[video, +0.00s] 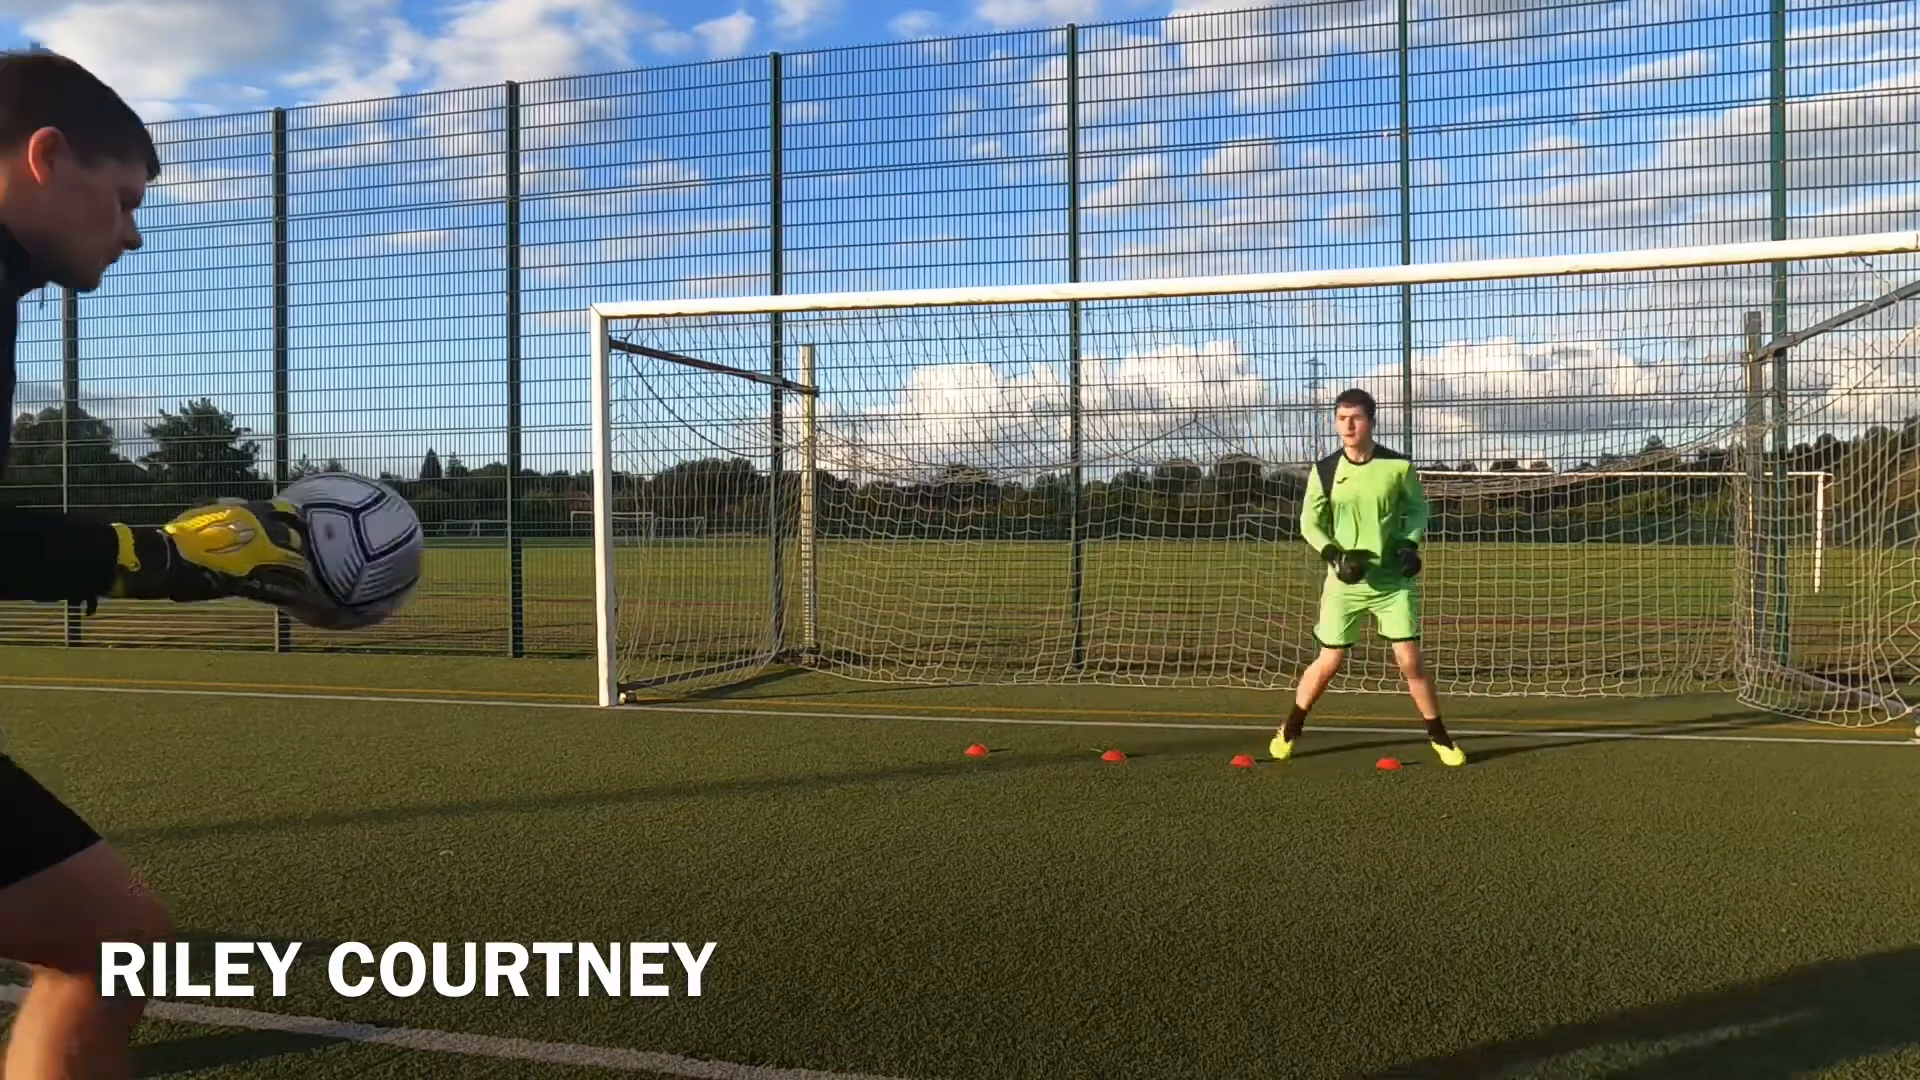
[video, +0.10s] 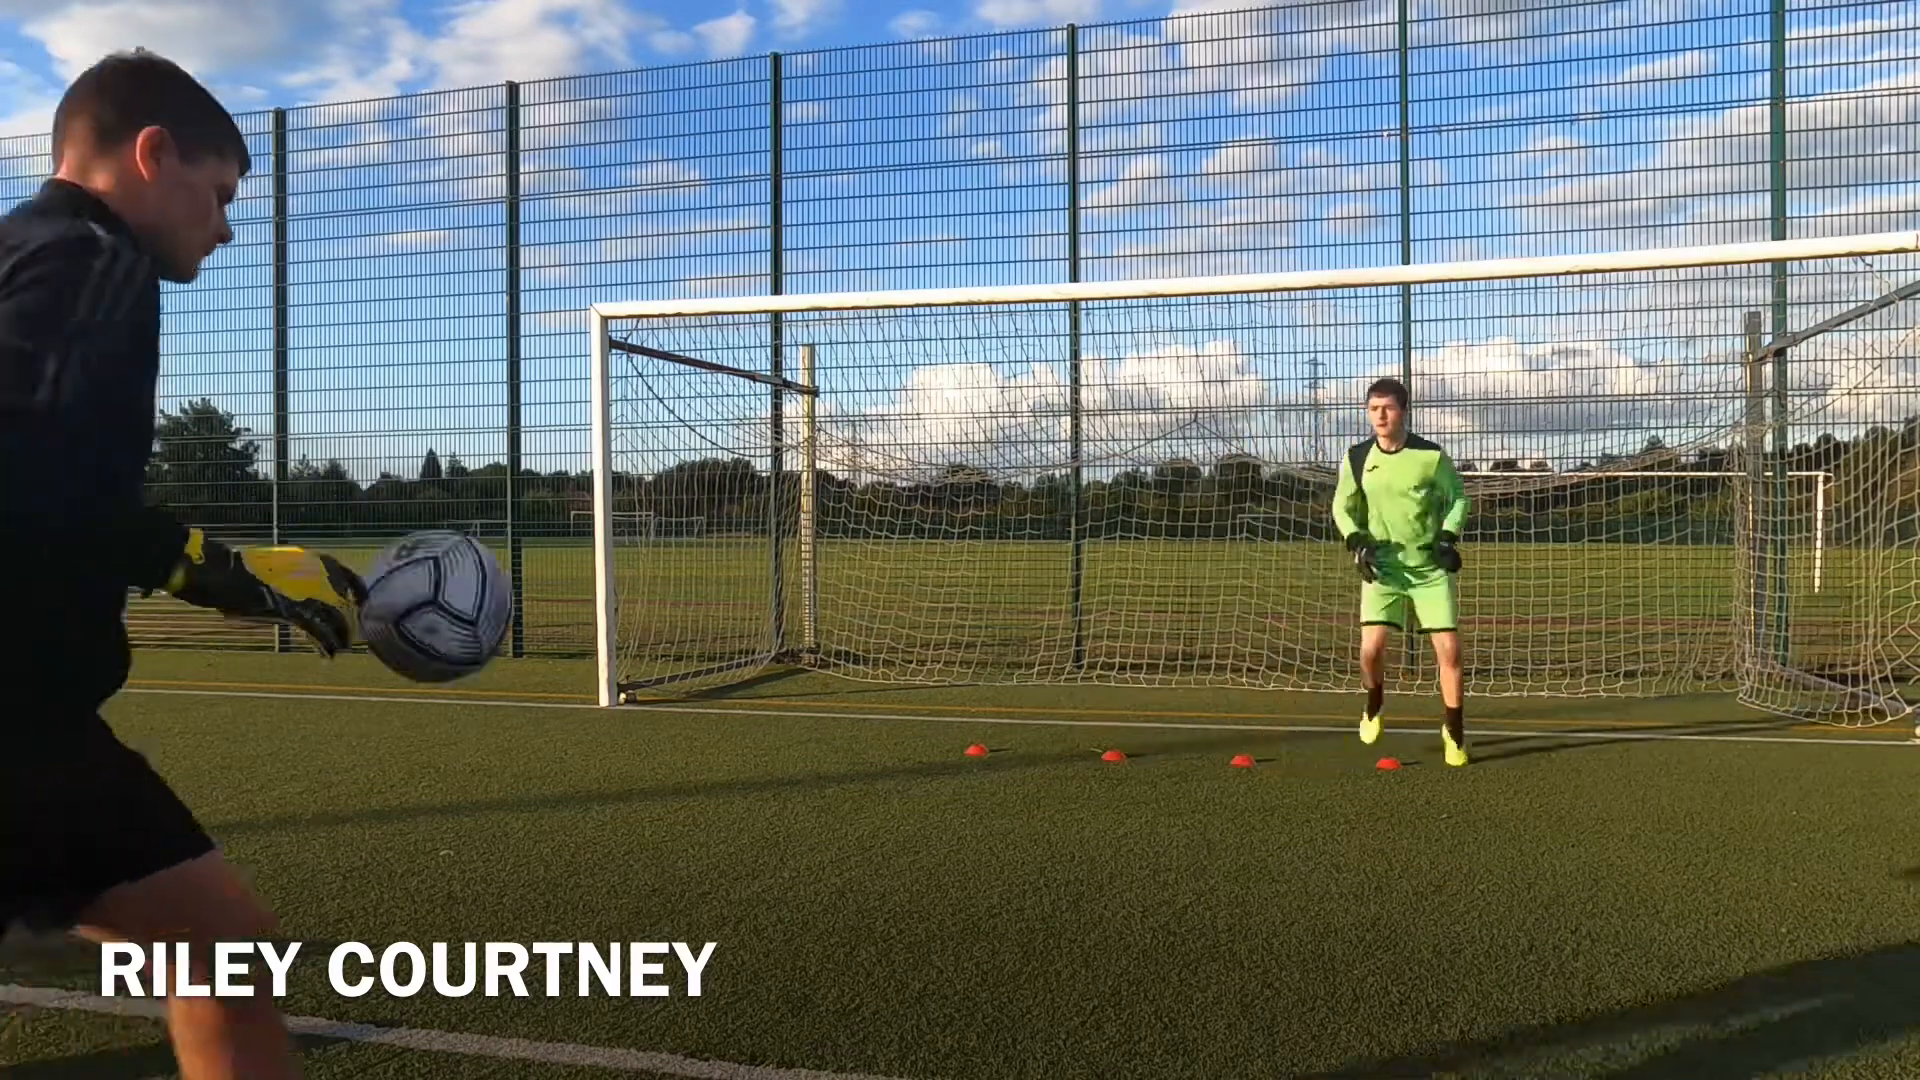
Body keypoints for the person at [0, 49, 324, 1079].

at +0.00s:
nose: (132, 237)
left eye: (137, 211)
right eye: (125, 201)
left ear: (39, 164)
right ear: (43, 159)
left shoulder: (6, 294)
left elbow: (10, 544)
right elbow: (12, 547)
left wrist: (158, 560)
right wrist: (152, 554)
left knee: (106, 938)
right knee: (110, 937)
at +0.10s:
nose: (224, 230)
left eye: (230, 207)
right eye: (220, 197)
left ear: (127, 160)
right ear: (149, 156)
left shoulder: (39, 247)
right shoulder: (96, 260)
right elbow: (64, 485)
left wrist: (229, 585)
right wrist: (212, 567)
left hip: (31, 722)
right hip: (31, 726)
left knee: (218, 963)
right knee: (223, 959)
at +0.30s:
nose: (362, 255)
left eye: (368, 231)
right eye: (361, 222)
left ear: (282, 183)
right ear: (303, 180)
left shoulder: (203, 266)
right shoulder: (221, 268)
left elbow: (55, 459)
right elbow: (81, 451)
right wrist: (122, 676)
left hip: (273, 684)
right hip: (242, 699)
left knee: (402, 926)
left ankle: (354, 1062)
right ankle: (339, 1061)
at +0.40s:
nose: (406, 245)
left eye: (413, 222)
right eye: (406, 211)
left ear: (311, 172)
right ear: (349, 171)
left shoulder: (236, 248)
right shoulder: (274, 243)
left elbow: (105, 408)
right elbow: (89, 395)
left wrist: (109, 619)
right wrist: (103, 596)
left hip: (215, 672)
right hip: (311, 651)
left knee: (377, 925)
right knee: (572, 730)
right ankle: (701, 926)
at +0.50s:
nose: (432, 219)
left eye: (434, 196)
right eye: (426, 189)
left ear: (339, 164)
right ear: (368, 162)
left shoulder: (272, 242)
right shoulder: (308, 235)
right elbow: (129, 369)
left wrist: (154, 579)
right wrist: (148, 556)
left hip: (252, 661)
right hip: (336, 643)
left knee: (406, 923)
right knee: (598, 613)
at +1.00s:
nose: (432, 119)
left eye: (433, 94)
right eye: (425, 93)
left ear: (279, 98)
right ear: (371, 86)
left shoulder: (195, 246)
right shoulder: (401, 232)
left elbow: (84, 457)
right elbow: (474, 471)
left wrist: (72, 611)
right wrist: (603, 583)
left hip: (255, 659)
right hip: (390, 658)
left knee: (364, 950)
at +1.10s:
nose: (436, 92)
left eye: (431, 65)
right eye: (424, 63)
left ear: (277, 84)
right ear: (373, 66)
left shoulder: (187, 234)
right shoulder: (406, 220)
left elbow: (52, 435)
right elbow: (489, 469)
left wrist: (12, 618)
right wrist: (619, 555)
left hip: (221, 663)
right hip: (353, 664)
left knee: (370, 998)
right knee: (347, 1033)